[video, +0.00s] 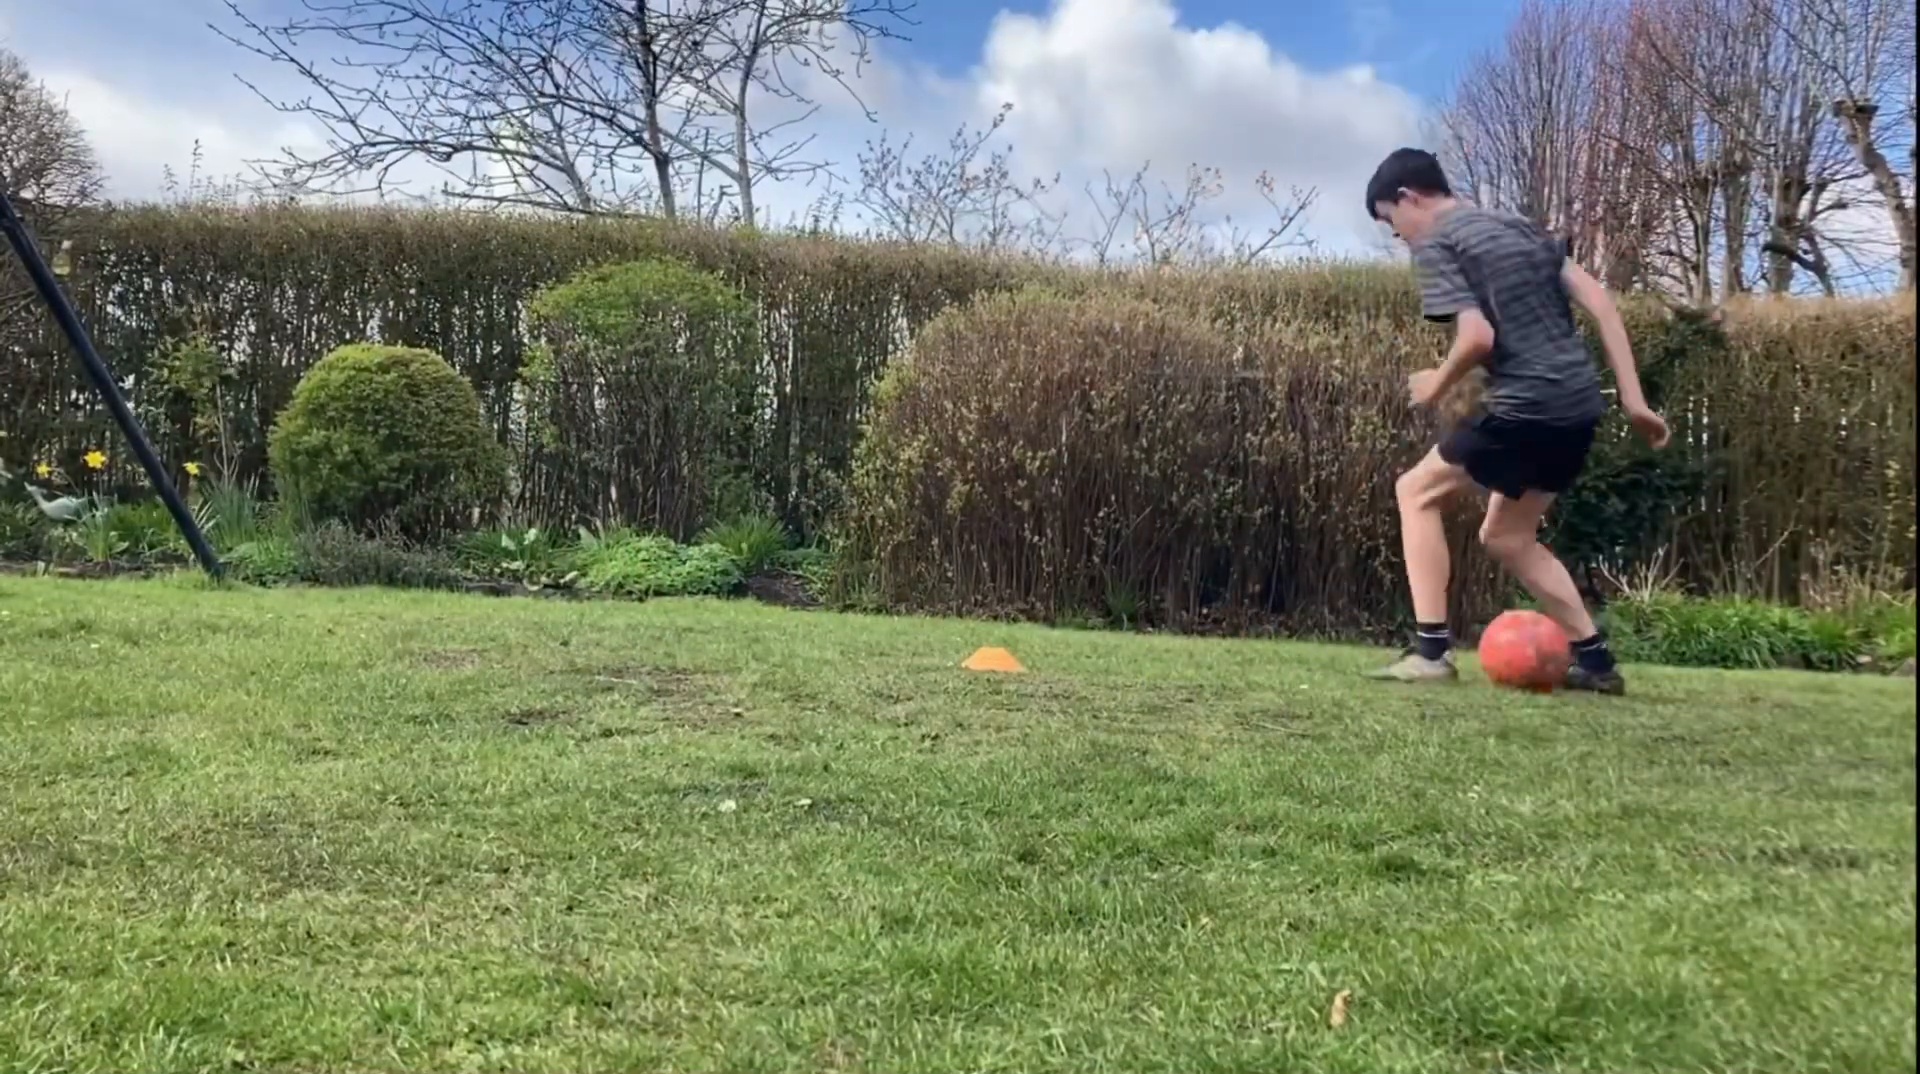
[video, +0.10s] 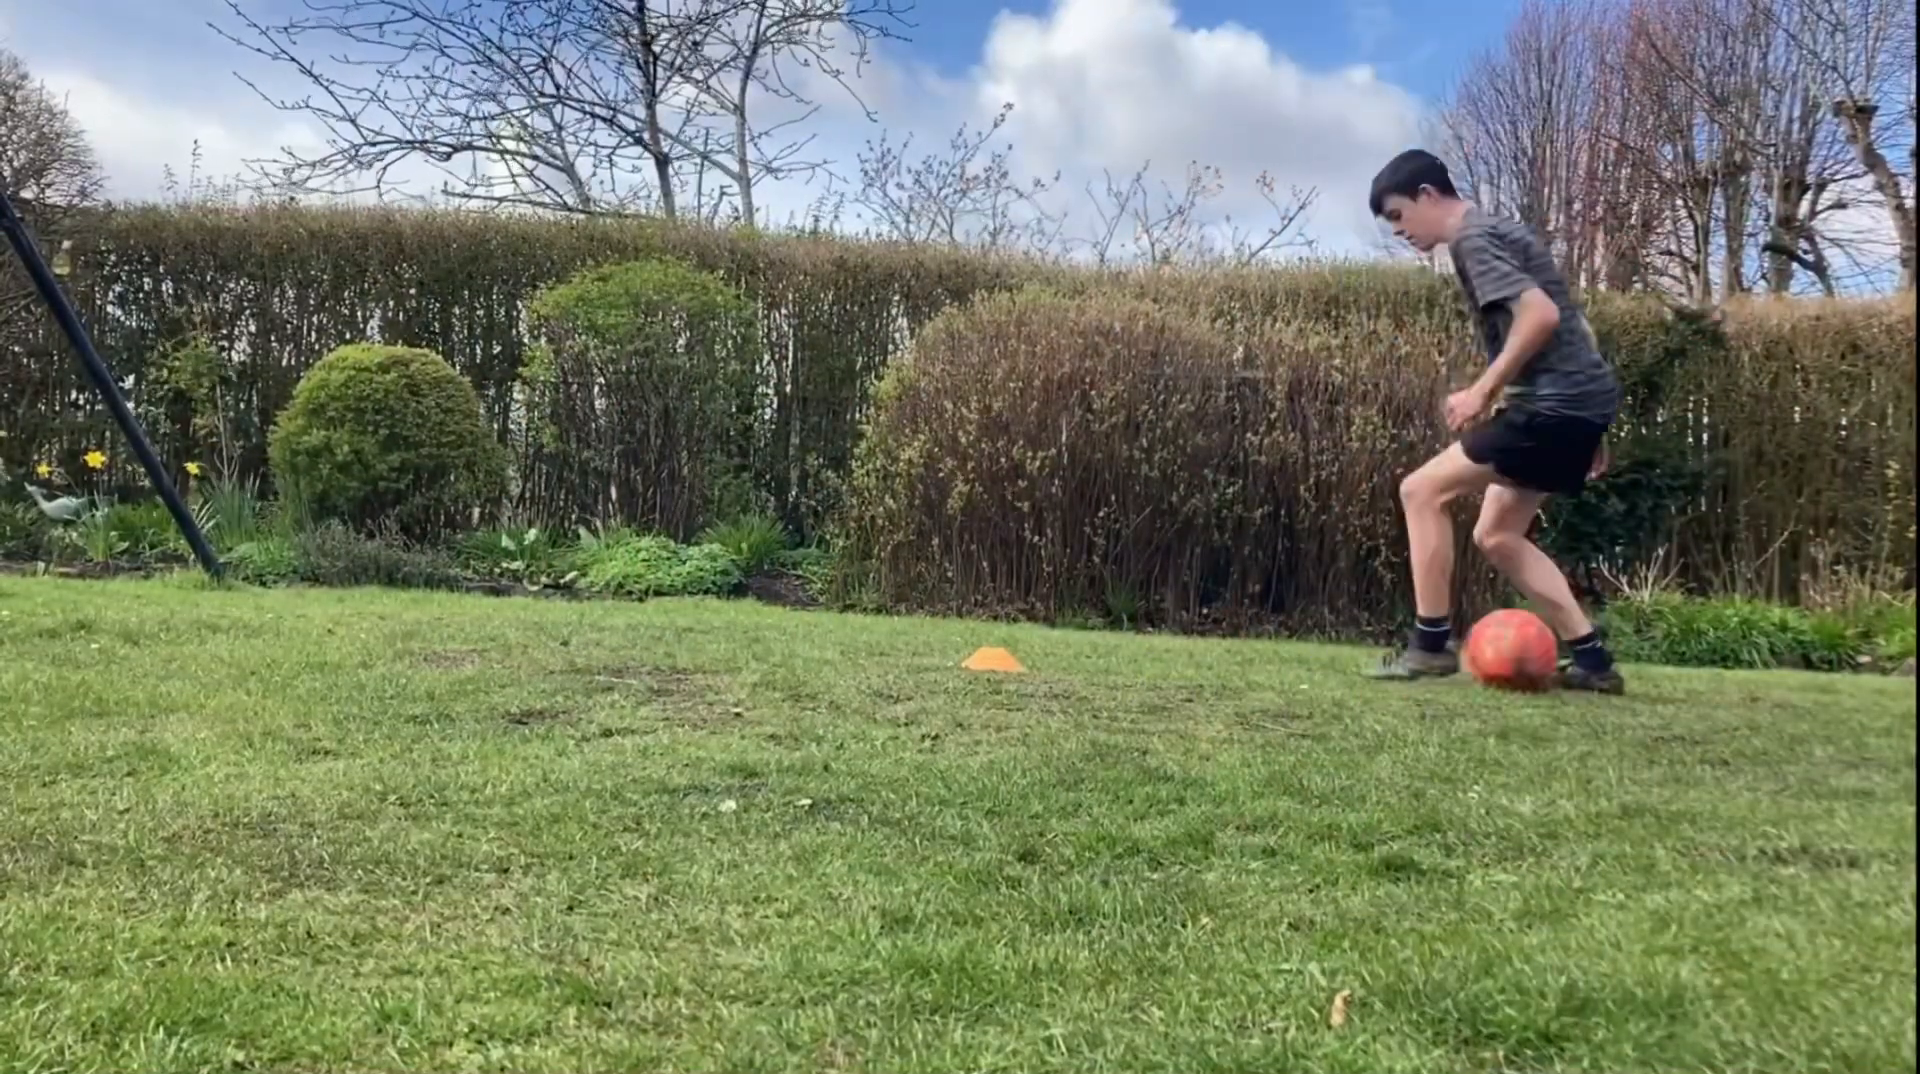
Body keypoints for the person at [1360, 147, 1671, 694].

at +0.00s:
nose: (1399, 236)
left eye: (1392, 221)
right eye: (1390, 227)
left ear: (1411, 197)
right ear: (1440, 192)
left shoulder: (1437, 243)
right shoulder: (1519, 228)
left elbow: (1477, 335)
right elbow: (1599, 299)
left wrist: (1437, 381)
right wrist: (1634, 399)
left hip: (1523, 407)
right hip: (1580, 408)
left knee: (1416, 491)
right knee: (1508, 535)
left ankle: (1430, 653)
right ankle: (1595, 661)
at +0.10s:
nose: (1401, 234)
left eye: (1398, 218)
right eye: (1393, 225)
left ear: (1429, 194)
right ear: (1434, 197)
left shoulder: (1474, 239)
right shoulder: (1500, 231)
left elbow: (1540, 313)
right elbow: (1565, 329)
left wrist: (1480, 391)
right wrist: (1587, 428)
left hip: (1553, 411)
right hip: (1578, 411)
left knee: (1421, 490)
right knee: (1499, 536)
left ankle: (1431, 647)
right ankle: (1591, 659)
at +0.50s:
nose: (1477, 147)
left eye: (1490, 133)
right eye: (1465, 136)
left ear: (1518, 136)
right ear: (1455, 146)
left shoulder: (1567, 205)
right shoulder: (1463, 233)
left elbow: (1642, 274)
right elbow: (1467, 325)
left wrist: (1581, 351)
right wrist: (1420, 413)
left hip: (1587, 382)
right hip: (1515, 395)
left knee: (1521, 477)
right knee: (1497, 536)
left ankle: (1559, 649)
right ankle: (1545, 652)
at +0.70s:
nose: (1546, 70)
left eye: (1561, 56)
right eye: (1533, 56)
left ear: (1586, 61)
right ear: (1516, 64)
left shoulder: (1628, 150)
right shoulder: (1493, 165)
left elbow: (1695, 254)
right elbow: (1476, 277)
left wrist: (1614, 277)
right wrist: (1435, 368)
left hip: (1609, 372)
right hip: (1517, 375)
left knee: (1566, 529)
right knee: (1498, 547)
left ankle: (1562, 661)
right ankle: (1504, 592)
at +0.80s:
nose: (1561, 18)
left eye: (1578, 4)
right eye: (1548, 4)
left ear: (1603, 13)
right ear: (1532, 14)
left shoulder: (1646, 99)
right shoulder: (1508, 120)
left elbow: (1720, 206)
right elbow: (1489, 227)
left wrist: (1617, 230)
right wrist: (1433, 325)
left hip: (1623, 340)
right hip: (1529, 333)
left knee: (1573, 521)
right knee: (1515, 488)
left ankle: (1563, 654)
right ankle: (1529, 630)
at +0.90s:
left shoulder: (1660, 31)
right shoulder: (1518, 61)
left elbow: (1735, 149)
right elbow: (1491, 188)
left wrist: (1633, 207)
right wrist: (1438, 298)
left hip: (1645, 294)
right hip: (1547, 289)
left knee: (1592, 490)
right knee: (1550, 464)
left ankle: (1602, 611)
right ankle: (1579, 664)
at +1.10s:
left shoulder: (1729, 6)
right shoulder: (1532, 7)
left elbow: (1768, 68)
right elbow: (1470, 129)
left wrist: (1743, 127)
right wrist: (1444, 271)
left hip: (1697, 249)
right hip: (1577, 254)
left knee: (1686, 448)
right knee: (1596, 497)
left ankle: (1668, 650)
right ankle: (1603, 687)